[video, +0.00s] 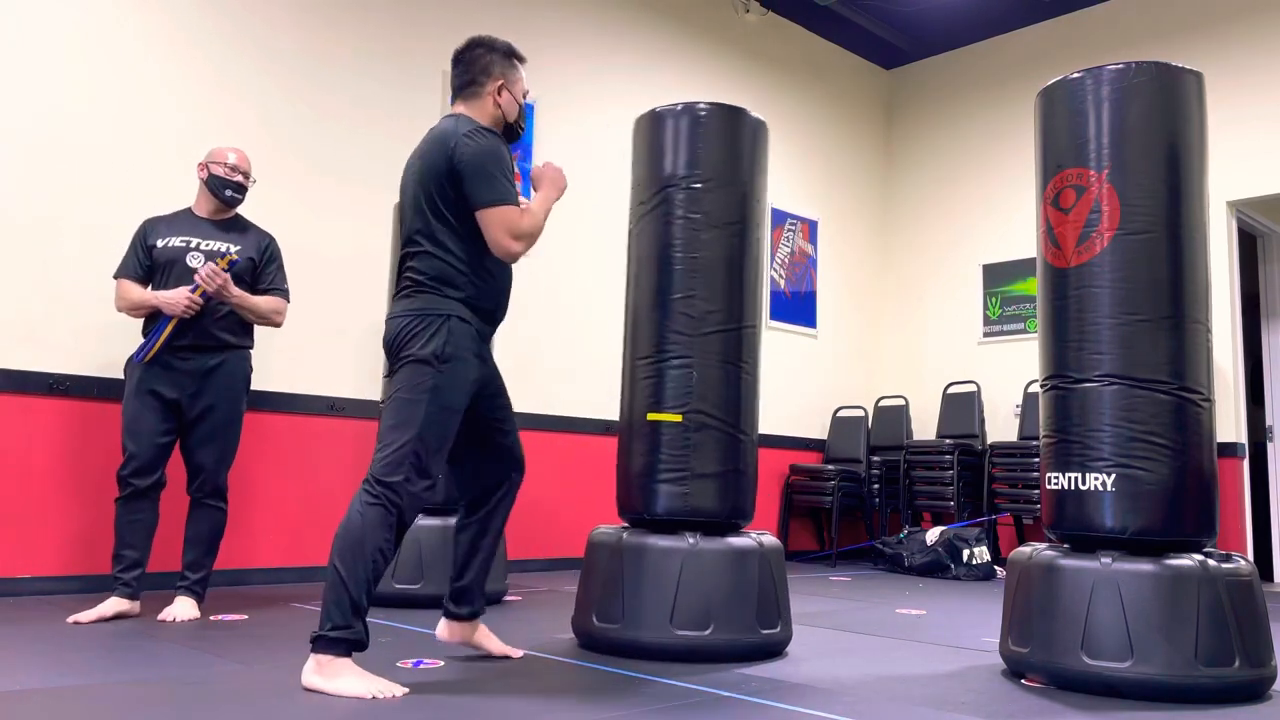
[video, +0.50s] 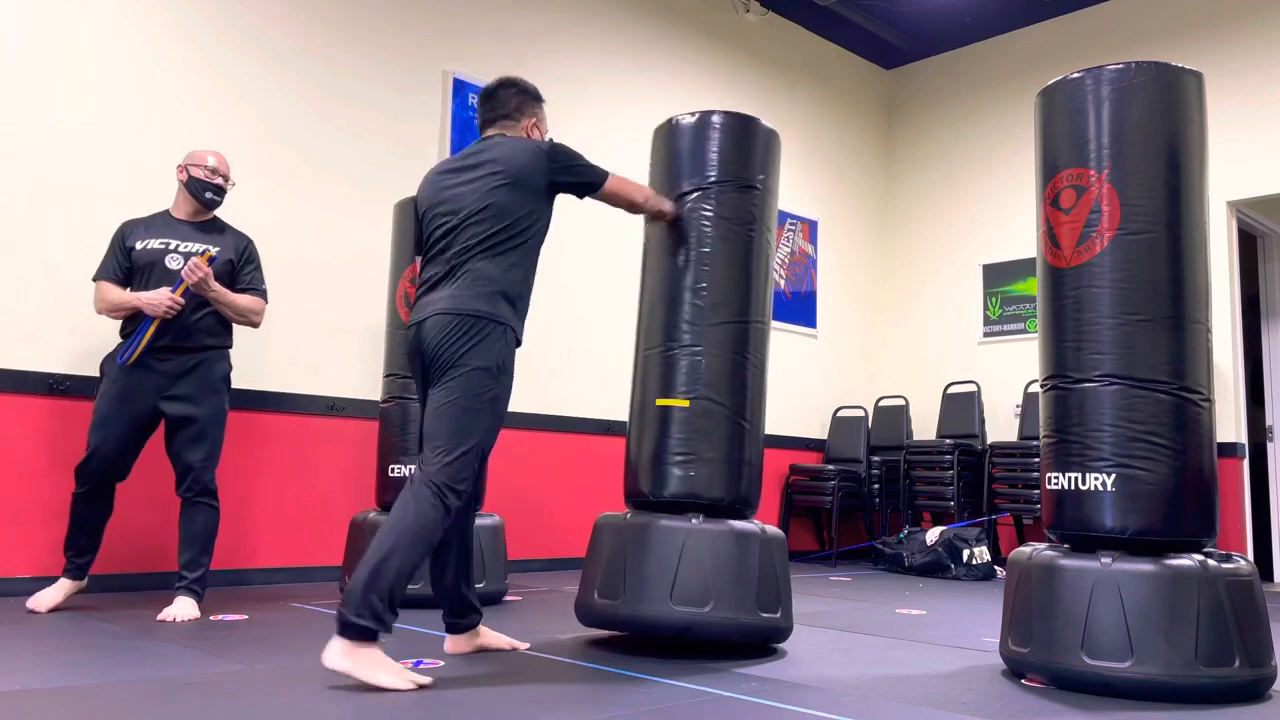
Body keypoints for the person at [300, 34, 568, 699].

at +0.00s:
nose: (522, 105)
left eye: (522, 94)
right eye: (520, 93)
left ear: (467, 88)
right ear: (499, 88)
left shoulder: (440, 143)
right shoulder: (473, 142)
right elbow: (510, 241)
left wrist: (517, 193)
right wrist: (547, 194)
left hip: (447, 328)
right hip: (443, 327)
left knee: (496, 467)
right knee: (395, 485)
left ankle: (463, 620)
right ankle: (330, 655)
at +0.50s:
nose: (546, 134)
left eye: (546, 126)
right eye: (545, 125)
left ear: (483, 123)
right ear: (532, 122)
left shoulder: (435, 176)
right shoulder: (538, 152)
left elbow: (427, 262)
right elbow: (639, 198)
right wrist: (667, 207)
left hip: (426, 325)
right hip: (477, 323)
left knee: (457, 482)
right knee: (439, 484)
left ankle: (463, 627)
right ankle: (355, 638)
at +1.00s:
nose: (554, 133)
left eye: (555, 121)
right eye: (552, 119)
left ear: (509, 113)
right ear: (528, 114)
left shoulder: (484, 164)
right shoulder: (489, 165)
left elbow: (496, 266)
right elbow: (499, 266)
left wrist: (557, 266)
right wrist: (571, 266)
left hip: (463, 339)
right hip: (445, 335)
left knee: (487, 474)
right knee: (426, 484)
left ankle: (470, 616)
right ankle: (367, 649)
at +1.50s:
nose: (543, 153)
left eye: (542, 145)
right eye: (543, 145)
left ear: (484, 140)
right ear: (531, 140)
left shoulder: (437, 187)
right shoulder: (538, 172)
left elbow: (425, 266)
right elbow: (588, 248)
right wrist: (555, 214)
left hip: (434, 329)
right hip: (495, 327)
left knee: (448, 468)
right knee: (496, 468)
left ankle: (457, 617)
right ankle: (435, 618)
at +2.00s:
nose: (549, 129)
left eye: (547, 119)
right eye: (546, 118)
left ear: (507, 117)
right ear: (527, 114)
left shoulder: (514, 182)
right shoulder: (488, 161)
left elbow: (563, 249)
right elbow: (501, 233)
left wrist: (630, 234)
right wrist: (563, 227)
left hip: (495, 345)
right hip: (481, 344)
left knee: (490, 484)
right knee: (487, 485)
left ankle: (444, 617)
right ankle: (409, 636)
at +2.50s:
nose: (505, 114)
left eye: (501, 104)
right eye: (502, 105)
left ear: (444, 111)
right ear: (489, 106)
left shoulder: (410, 173)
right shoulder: (491, 160)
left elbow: (392, 272)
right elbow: (514, 249)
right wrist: (537, 243)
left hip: (408, 319)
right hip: (458, 314)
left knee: (434, 472)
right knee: (442, 470)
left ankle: (441, 623)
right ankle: (322, 611)